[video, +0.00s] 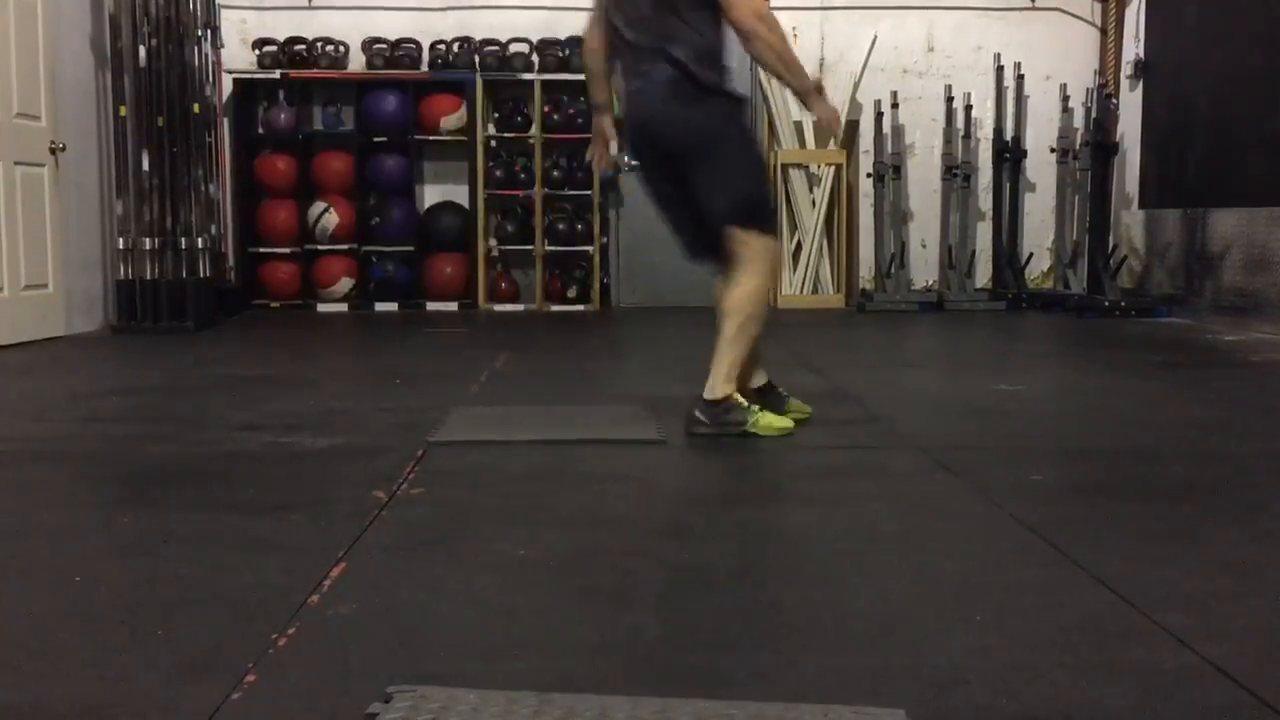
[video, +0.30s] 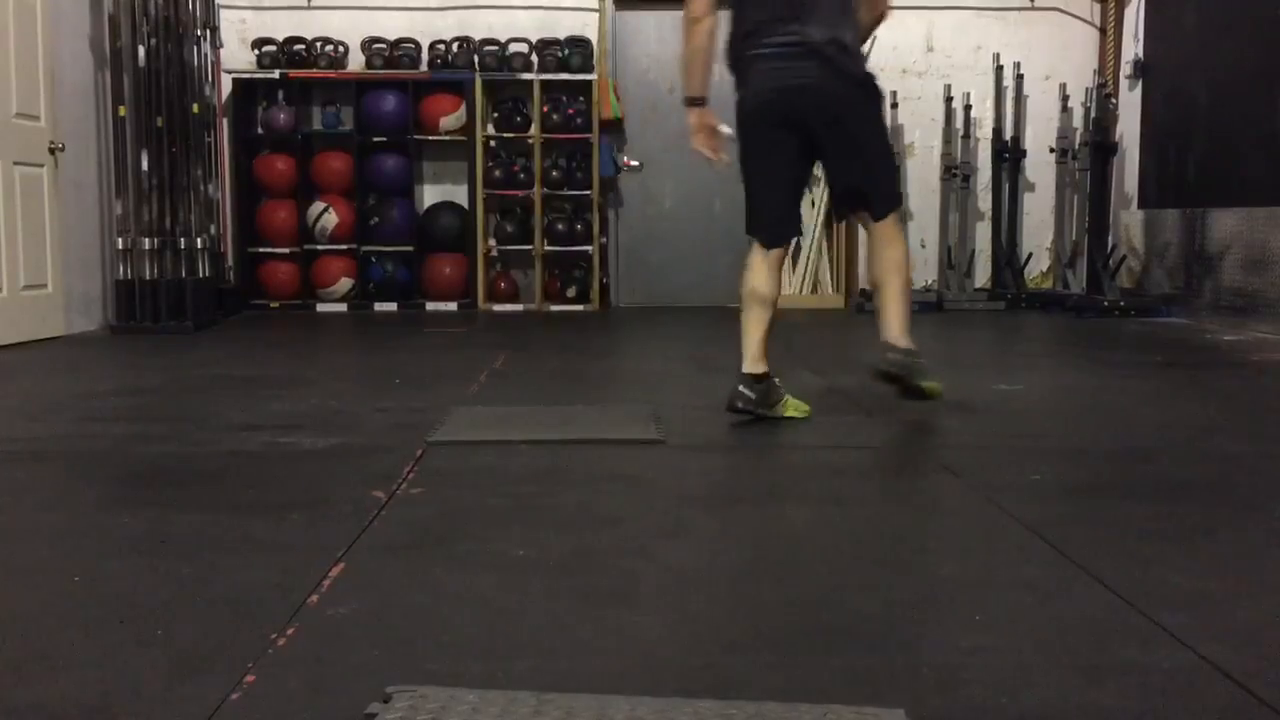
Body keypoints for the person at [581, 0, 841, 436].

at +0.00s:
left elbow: (594, 41)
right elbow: (750, 23)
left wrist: (601, 112)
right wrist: (810, 92)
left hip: (645, 121)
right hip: (700, 112)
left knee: (735, 258)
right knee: (757, 251)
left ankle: (753, 386)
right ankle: (718, 399)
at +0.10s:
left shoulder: (654, 3)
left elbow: (640, 47)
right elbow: (795, 46)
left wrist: (619, 134)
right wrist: (826, 128)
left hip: (692, 122)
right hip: (752, 115)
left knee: (767, 255)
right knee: (823, 244)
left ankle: (757, 387)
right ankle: (749, 357)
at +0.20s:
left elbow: (667, 28)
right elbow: (835, 26)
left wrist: (657, 117)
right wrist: (817, 88)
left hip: (728, 105)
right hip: (798, 102)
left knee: (770, 242)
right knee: (863, 220)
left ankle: (753, 384)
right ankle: (818, 331)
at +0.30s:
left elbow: (698, 11)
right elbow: (875, 7)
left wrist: (696, 103)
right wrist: (835, 51)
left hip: (764, 88)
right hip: (838, 83)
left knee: (766, 242)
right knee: (885, 221)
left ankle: (753, 378)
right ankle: (898, 346)